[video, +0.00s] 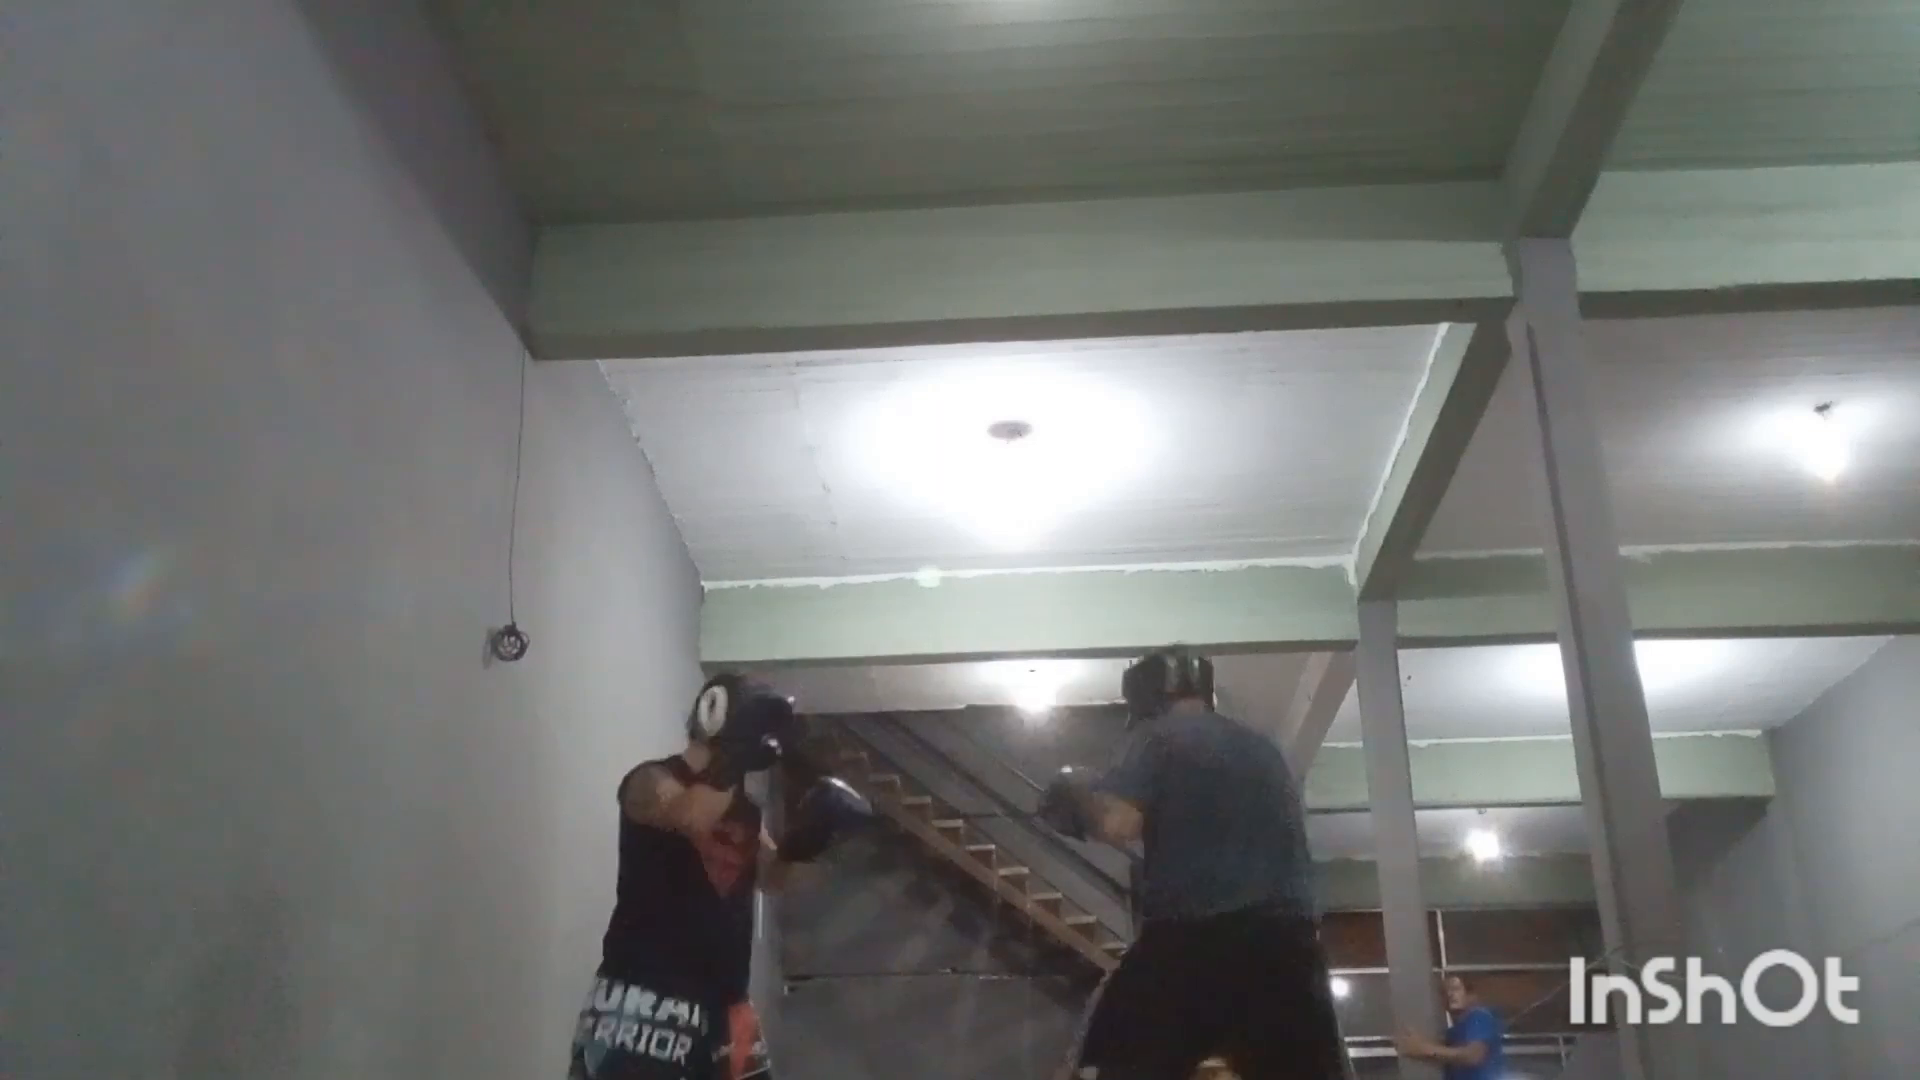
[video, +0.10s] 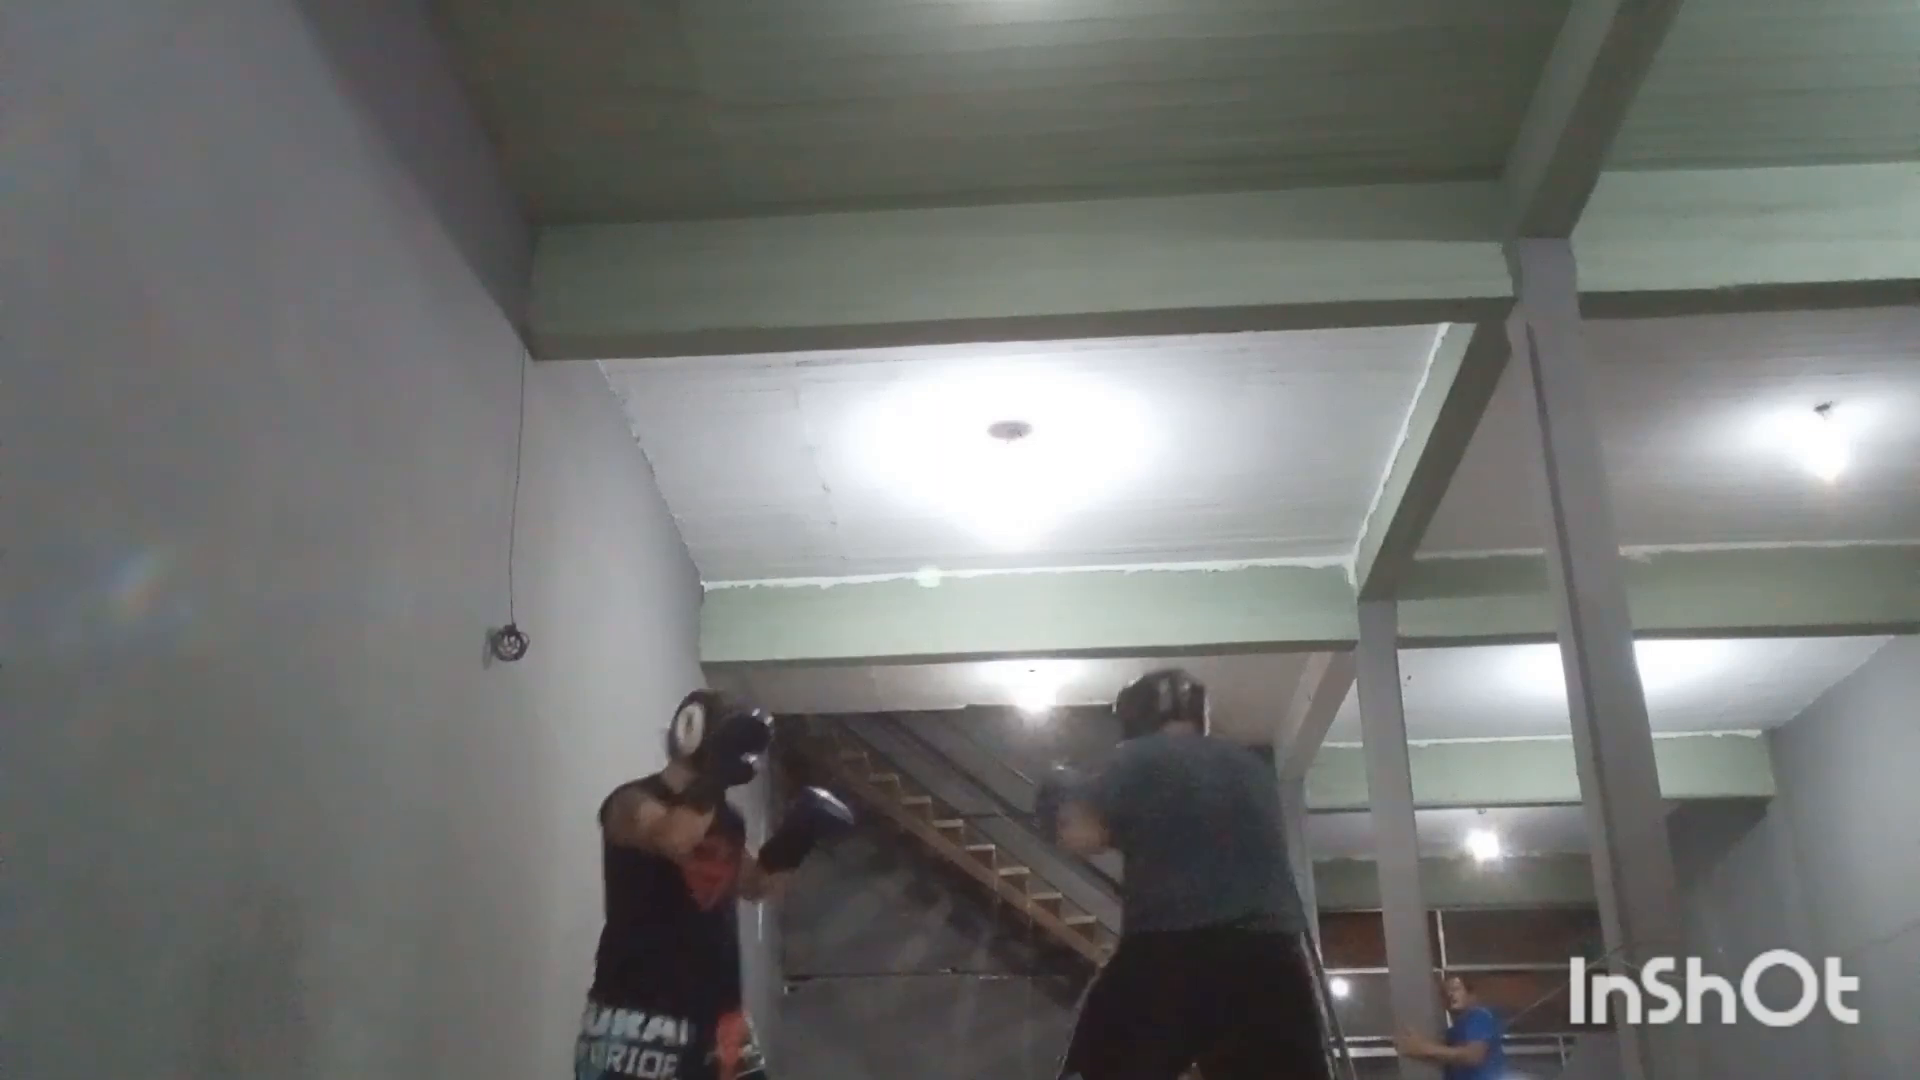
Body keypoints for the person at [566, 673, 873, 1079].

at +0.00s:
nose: (757, 735)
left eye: (765, 723)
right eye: (750, 721)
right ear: (716, 716)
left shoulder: (745, 810)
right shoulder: (648, 781)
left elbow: (773, 878)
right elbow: (691, 819)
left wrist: (809, 840)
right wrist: (735, 755)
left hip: (716, 1010)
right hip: (641, 1009)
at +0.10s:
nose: (734, 751)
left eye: (736, 741)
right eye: (724, 736)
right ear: (692, 732)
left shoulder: (724, 819)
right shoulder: (628, 803)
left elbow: (755, 885)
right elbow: (674, 840)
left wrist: (797, 834)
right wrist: (713, 774)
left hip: (714, 1021)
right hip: (637, 1022)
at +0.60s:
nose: (714, 789)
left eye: (721, 777)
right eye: (705, 775)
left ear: (727, 784)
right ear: (672, 771)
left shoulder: (723, 843)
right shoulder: (614, 838)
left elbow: (787, 882)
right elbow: (653, 881)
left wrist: (794, 818)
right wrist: (691, 814)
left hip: (698, 1040)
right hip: (616, 1040)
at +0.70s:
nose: (697, 792)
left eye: (702, 780)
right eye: (687, 780)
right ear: (651, 780)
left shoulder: (698, 852)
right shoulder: (592, 842)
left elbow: (746, 916)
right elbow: (621, 889)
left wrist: (769, 872)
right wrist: (665, 819)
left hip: (679, 1044)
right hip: (599, 1042)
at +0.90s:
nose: (657, 804)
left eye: (665, 795)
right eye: (649, 790)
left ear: (669, 800)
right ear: (612, 782)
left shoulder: (659, 856)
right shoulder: (559, 848)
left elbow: (668, 931)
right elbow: (577, 895)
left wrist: (715, 905)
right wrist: (627, 826)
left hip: (646, 1049)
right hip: (572, 1044)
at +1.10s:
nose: (651, 786)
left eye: (661, 778)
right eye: (642, 771)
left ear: (668, 784)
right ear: (612, 767)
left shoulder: (660, 836)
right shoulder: (558, 831)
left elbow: (685, 910)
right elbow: (569, 897)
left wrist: (721, 871)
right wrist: (619, 834)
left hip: (650, 1014)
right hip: (576, 1011)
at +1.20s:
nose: (649, 810)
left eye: (660, 801)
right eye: (639, 798)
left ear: (666, 809)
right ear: (611, 798)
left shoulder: (664, 867)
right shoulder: (565, 861)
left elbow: (718, 921)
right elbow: (578, 906)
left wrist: (737, 860)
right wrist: (625, 838)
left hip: (651, 1045)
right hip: (578, 1040)